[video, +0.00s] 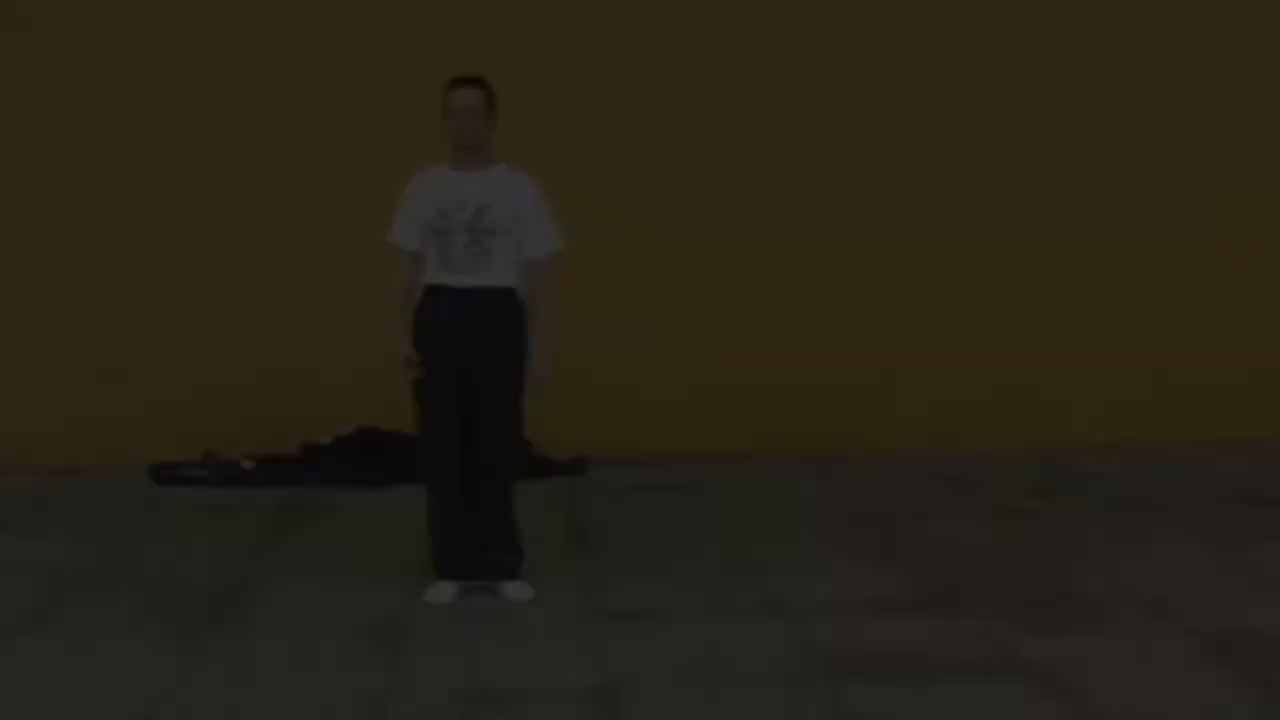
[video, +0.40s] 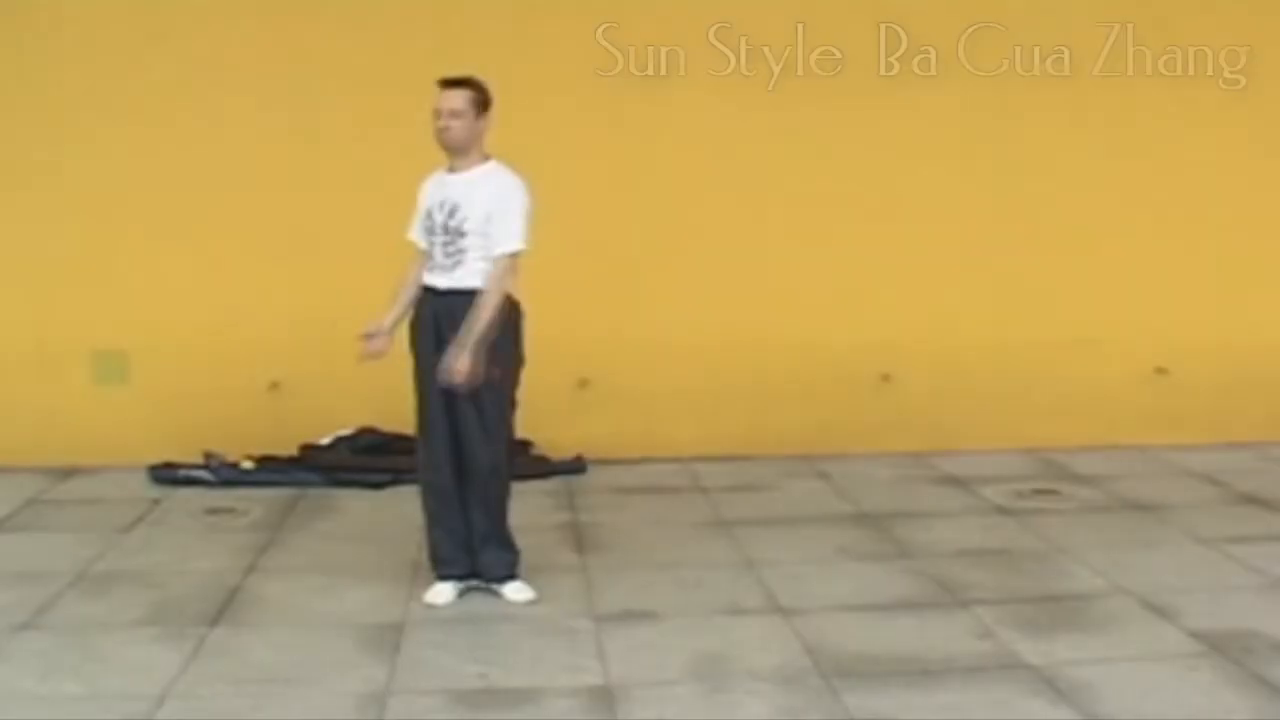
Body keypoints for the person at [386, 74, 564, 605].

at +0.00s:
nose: (465, 125)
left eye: (474, 114)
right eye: (455, 115)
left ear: (492, 120)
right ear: (444, 121)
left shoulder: (517, 187)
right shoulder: (426, 186)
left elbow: (538, 271)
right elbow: (409, 268)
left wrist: (537, 349)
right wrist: (406, 342)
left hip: (498, 312)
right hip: (441, 312)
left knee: (498, 440)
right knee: (445, 441)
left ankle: (503, 565)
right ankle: (450, 567)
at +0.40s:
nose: (444, 125)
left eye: (456, 116)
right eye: (439, 116)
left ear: (483, 121)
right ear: (434, 122)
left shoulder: (505, 186)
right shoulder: (433, 186)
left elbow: (503, 273)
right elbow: (422, 263)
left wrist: (468, 344)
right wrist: (389, 322)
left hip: (487, 310)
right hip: (436, 307)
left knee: (485, 444)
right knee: (437, 444)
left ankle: (497, 564)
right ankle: (451, 567)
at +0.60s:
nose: (446, 126)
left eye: (457, 116)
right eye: (441, 117)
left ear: (484, 121)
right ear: (435, 123)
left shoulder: (506, 181)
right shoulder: (433, 186)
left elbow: (482, 256)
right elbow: (419, 262)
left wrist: (427, 280)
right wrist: (367, 308)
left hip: (489, 312)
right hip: (436, 315)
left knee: (489, 445)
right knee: (440, 446)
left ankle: (497, 567)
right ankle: (452, 569)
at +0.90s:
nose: (463, 126)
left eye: (473, 117)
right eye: (454, 117)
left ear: (491, 123)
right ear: (441, 123)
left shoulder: (515, 177)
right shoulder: (424, 187)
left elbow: (498, 212)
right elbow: (389, 253)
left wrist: (425, 177)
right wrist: (332, 256)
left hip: (495, 316)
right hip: (438, 315)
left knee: (493, 445)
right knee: (440, 446)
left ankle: (499, 568)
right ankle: (451, 571)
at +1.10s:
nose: (482, 125)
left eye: (488, 115)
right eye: (472, 116)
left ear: (498, 122)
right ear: (450, 124)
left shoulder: (511, 181)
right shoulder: (422, 182)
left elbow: (556, 189)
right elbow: (391, 255)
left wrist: (513, 140)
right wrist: (421, 231)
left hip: (497, 308)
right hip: (440, 309)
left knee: (499, 441)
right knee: (445, 442)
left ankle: (500, 567)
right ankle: (451, 569)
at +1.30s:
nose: (499, 128)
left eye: (502, 118)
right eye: (488, 118)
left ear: (504, 125)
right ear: (456, 122)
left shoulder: (512, 181)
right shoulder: (426, 183)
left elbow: (578, 180)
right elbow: (427, 248)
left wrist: (568, 132)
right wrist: (509, 233)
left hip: (499, 311)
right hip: (444, 313)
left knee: (502, 441)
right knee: (449, 443)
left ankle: (503, 567)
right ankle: (454, 568)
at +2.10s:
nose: (494, 138)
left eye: (500, 128)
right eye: (485, 127)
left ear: (503, 130)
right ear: (456, 125)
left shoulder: (509, 181)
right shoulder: (428, 180)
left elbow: (582, 185)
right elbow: (469, 235)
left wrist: (652, 169)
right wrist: (554, 266)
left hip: (496, 315)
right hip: (442, 316)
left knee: (500, 444)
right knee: (449, 446)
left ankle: (501, 569)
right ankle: (453, 570)